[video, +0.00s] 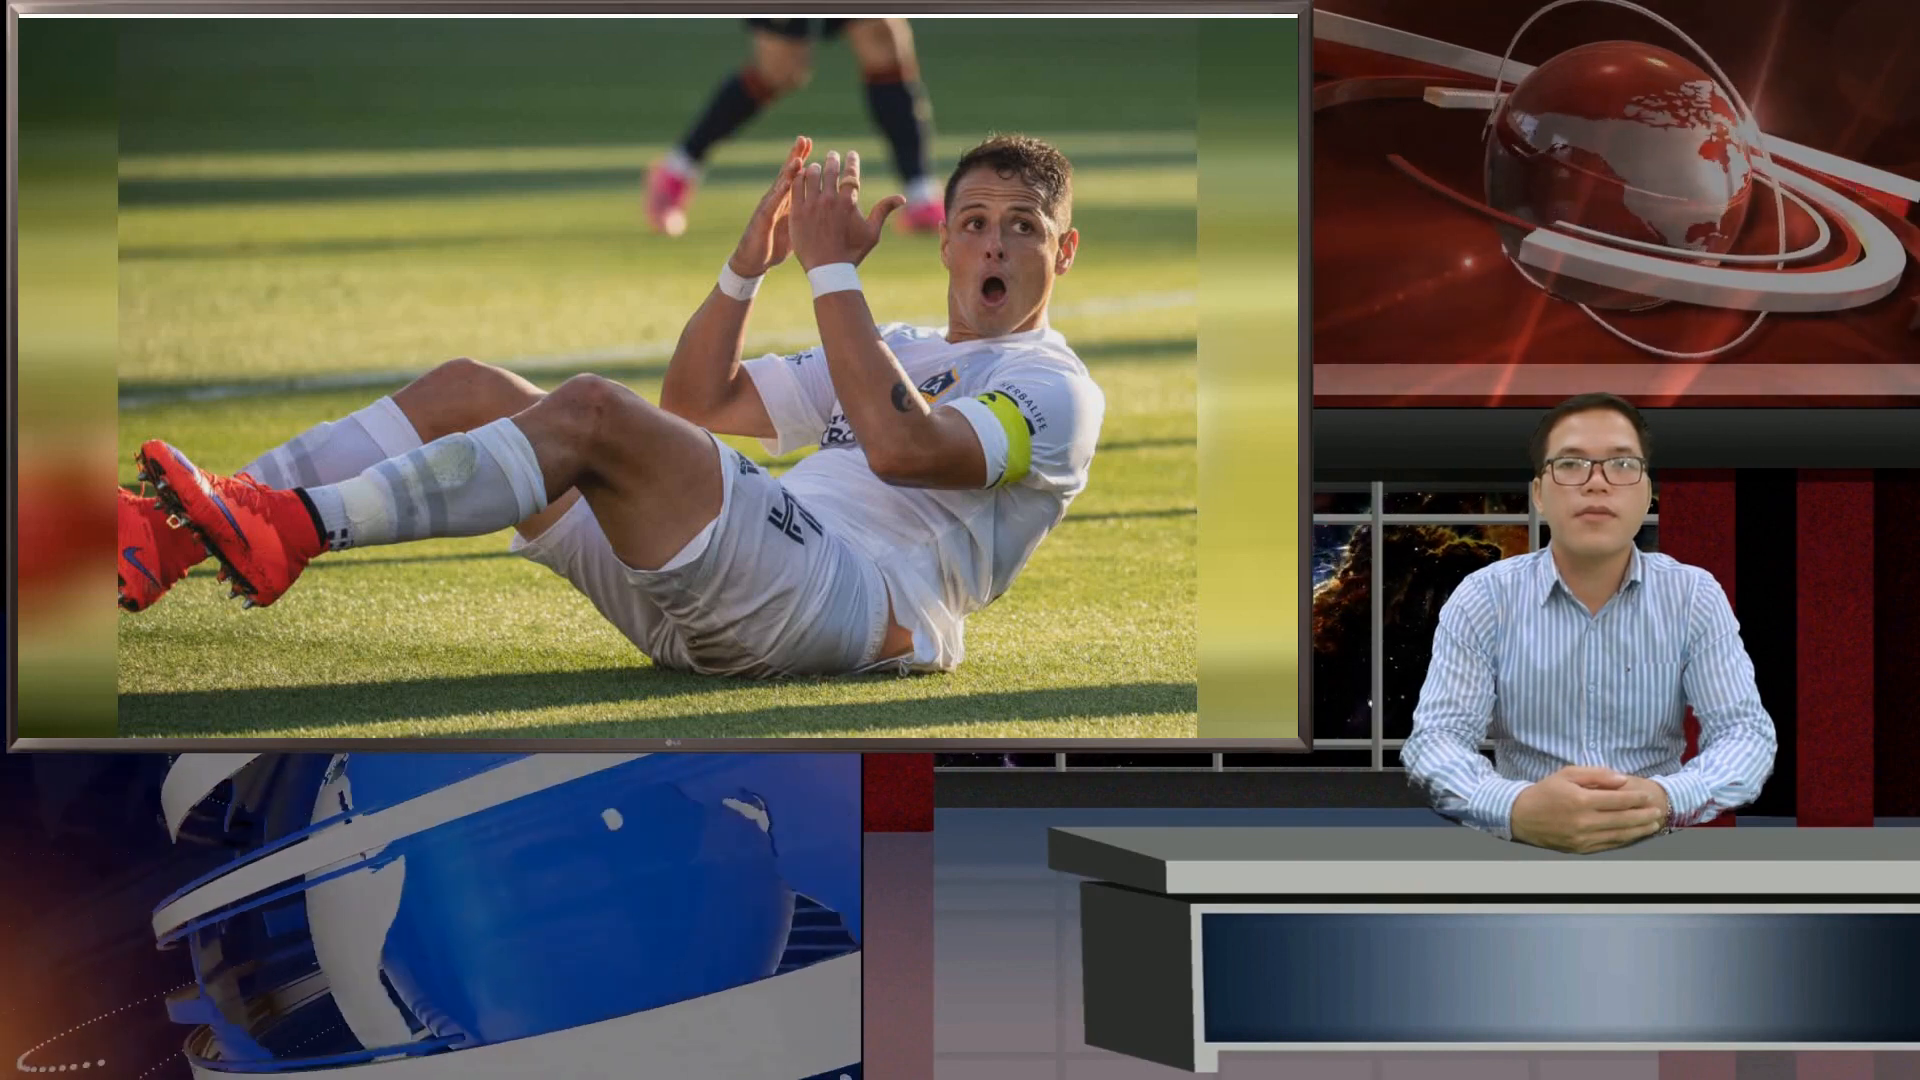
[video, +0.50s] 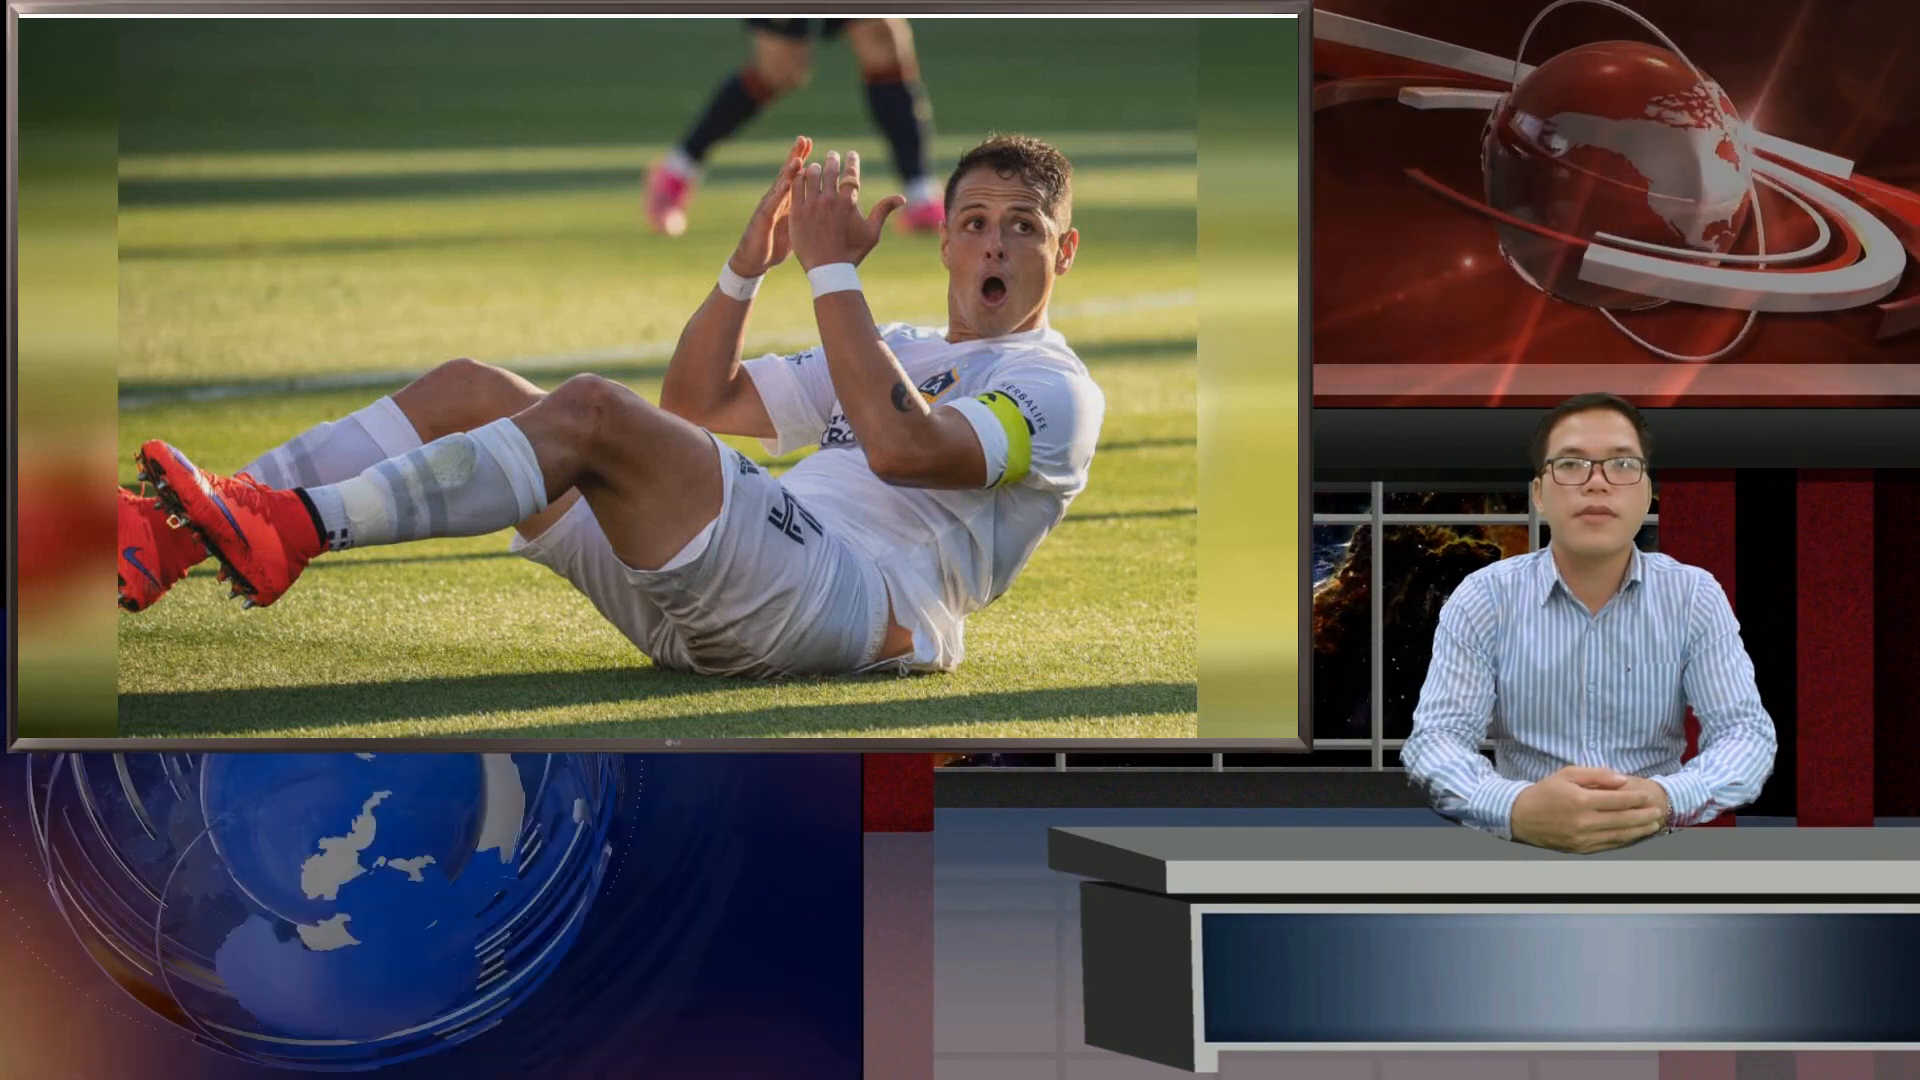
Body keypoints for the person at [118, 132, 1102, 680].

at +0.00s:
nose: (996, 246)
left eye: (1023, 230)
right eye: (977, 223)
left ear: (1065, 257)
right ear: (943, 241)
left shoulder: (1056, 389)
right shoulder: (892, 358)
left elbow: (901, 446)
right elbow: (695, 406)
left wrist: (833, 268)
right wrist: (746, 270)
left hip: (839, 603)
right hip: (731, 572)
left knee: (593, 413)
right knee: (467, 389)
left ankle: (299, 524)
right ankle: (180, 538)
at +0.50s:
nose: (995, 246)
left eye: (1022, 230)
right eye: (975, 224)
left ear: (1065, 257)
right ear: (942, 242)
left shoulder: (1054, 389)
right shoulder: (893, 358)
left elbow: (901, 447)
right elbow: (695, 404)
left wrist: (834, 270)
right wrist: (746, 270)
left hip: (842, 602)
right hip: (735, 572)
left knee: (592, 413)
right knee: (468, 389)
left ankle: (300, 524)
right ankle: (174, 542)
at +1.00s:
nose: (995, 246)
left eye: (1022, 230)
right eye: (975, 224)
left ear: (1065, 257)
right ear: (942, 242)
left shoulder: (1054, 389)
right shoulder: (893, 359)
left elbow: (901, 447)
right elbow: (695, 404)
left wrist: (833, 270)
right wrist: (746, 270)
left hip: (842, 602)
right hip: (734, 572)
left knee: (592, 413)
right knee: (468, 389)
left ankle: (300, 524)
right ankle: (174, 542)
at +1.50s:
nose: (995, 246)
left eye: (1022, 230)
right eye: (975, 224)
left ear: (1065, 257)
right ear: (942, 242)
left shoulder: (1054, 389)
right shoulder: (893, 359)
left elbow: (901, 447)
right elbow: (695, 404)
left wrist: (833, 270)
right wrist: (746, 270)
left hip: (842, 602)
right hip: (734, 572)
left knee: (592, 413)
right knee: (468, 389)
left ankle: (299, 524)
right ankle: (173, 542)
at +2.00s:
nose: (994, 246)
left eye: (1022, 230)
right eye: (975, 224)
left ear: (1065, 257)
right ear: (942, 242)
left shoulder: (1054, 389)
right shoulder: (893, 359)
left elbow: (901, 447)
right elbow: (695, 404)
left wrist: (833, 270)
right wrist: (746, 270)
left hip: (842, 603)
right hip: (734, 573)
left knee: (592, 413)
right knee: (468, 389)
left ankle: (300, 524)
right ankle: (173, 542)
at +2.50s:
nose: (994, 246)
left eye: (1022, 230)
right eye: (974, 224)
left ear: (1065, 257)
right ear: (942, 242)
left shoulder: (1055, 389)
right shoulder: (893, 358)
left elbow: (902, 447)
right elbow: (695, 404)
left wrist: (833, 270)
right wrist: (746, 270)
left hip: (841, 602)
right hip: (734, 572)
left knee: (592, 413)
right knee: (468, 389)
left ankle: (299, 524)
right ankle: (173, 542)